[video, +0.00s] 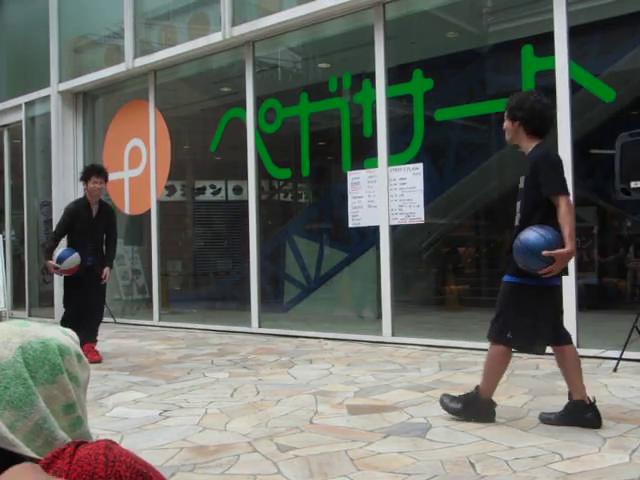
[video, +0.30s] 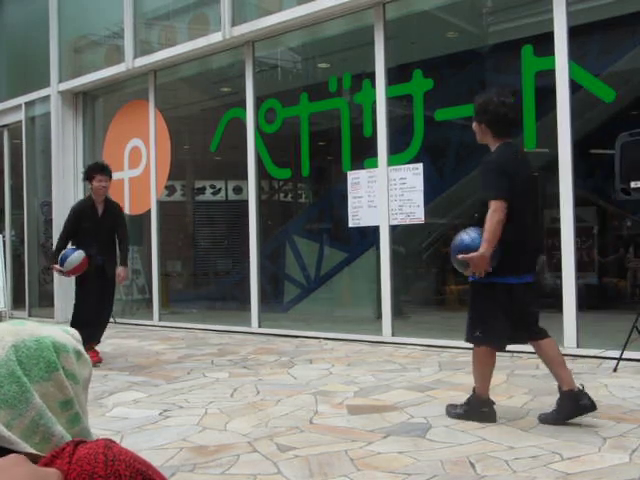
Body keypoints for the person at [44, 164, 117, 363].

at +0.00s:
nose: (98, 187)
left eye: (101, 184)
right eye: (94, 183)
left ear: (105, 186)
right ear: (85, 185)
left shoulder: (108, 211)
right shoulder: (74, 209)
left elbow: (111, 240)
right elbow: (56, 235)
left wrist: (108, 265)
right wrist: (48, 258)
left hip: (96, 267)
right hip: (74, 267)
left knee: (95, 307)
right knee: (74, 307)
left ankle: (89, 344)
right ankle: (65, 345)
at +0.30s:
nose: (102, 185)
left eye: (106, 181)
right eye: (98, 181)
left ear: (110, 184)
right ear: (90, 183)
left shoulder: (115, 209)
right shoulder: (80, 209)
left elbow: (123, 239)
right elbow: (65, 236)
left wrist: (123, 264)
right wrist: (55, 260)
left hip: (107, 266)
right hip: (85, 266)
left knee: (105, 306)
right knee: (85, 305)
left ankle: (92, 345)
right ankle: (82, 346)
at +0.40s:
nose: (107, 186)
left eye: (109, 183)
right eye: (102, 182)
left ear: (113, 185)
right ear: (93, 185)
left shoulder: (118, 210)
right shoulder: (83, 211)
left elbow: (125, 238)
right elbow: (69, 238)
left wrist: (125, 262)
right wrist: (62, 262)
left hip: (110, 266)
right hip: (88, 267)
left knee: (107, 305)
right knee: (89, 306)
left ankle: (91, 342)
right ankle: (103, 345)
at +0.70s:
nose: (127, 186)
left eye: (128, 182)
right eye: (122, 182)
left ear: (130, 184)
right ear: (109, 186)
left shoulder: (130, 208)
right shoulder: (101, 210)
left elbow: (133, 238)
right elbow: (91, 241)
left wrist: (131, 264)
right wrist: (89, 268)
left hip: (125, 263)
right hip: (106, 265)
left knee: (122, 306)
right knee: (113, 307)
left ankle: (96, 339)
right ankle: (123, 349)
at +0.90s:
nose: (141, 187)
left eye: (142, 183)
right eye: (137, 183)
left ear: (142, 184)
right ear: (124, 184)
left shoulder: (138, 207)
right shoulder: (113, 208)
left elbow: (143, 238)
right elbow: (109, 241)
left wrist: (144, 266)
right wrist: (117, 268)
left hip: (133, 266)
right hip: (114, 266)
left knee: (143, 300)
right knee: (119, 305)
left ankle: (124, 337)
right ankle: (122, 349)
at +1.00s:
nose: (148, 185)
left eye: (149, 181)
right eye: (144, 181)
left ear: (150, 183)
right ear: (131, 184)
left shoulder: (143, 208)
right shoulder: (119, 208)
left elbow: (146, 239)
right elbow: (119, 241)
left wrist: (150, 265)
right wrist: (129, 267)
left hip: (138, 264)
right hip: (118, 266)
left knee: (144, 303)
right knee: (122, 307)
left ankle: (146, 341)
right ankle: (124, 350)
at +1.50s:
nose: (165, 185)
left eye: (167, 182)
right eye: (161, 181)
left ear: (168, 184)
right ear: (148, 182)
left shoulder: (163, 208)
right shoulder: (137, 206)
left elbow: (164, 238)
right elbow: (132, 238)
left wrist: (175, 253)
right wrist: (148, 253)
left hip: (156, 260)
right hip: (137, 261)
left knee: (160, 300)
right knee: (143, 301)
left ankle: (160, 340)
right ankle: (143, 343)